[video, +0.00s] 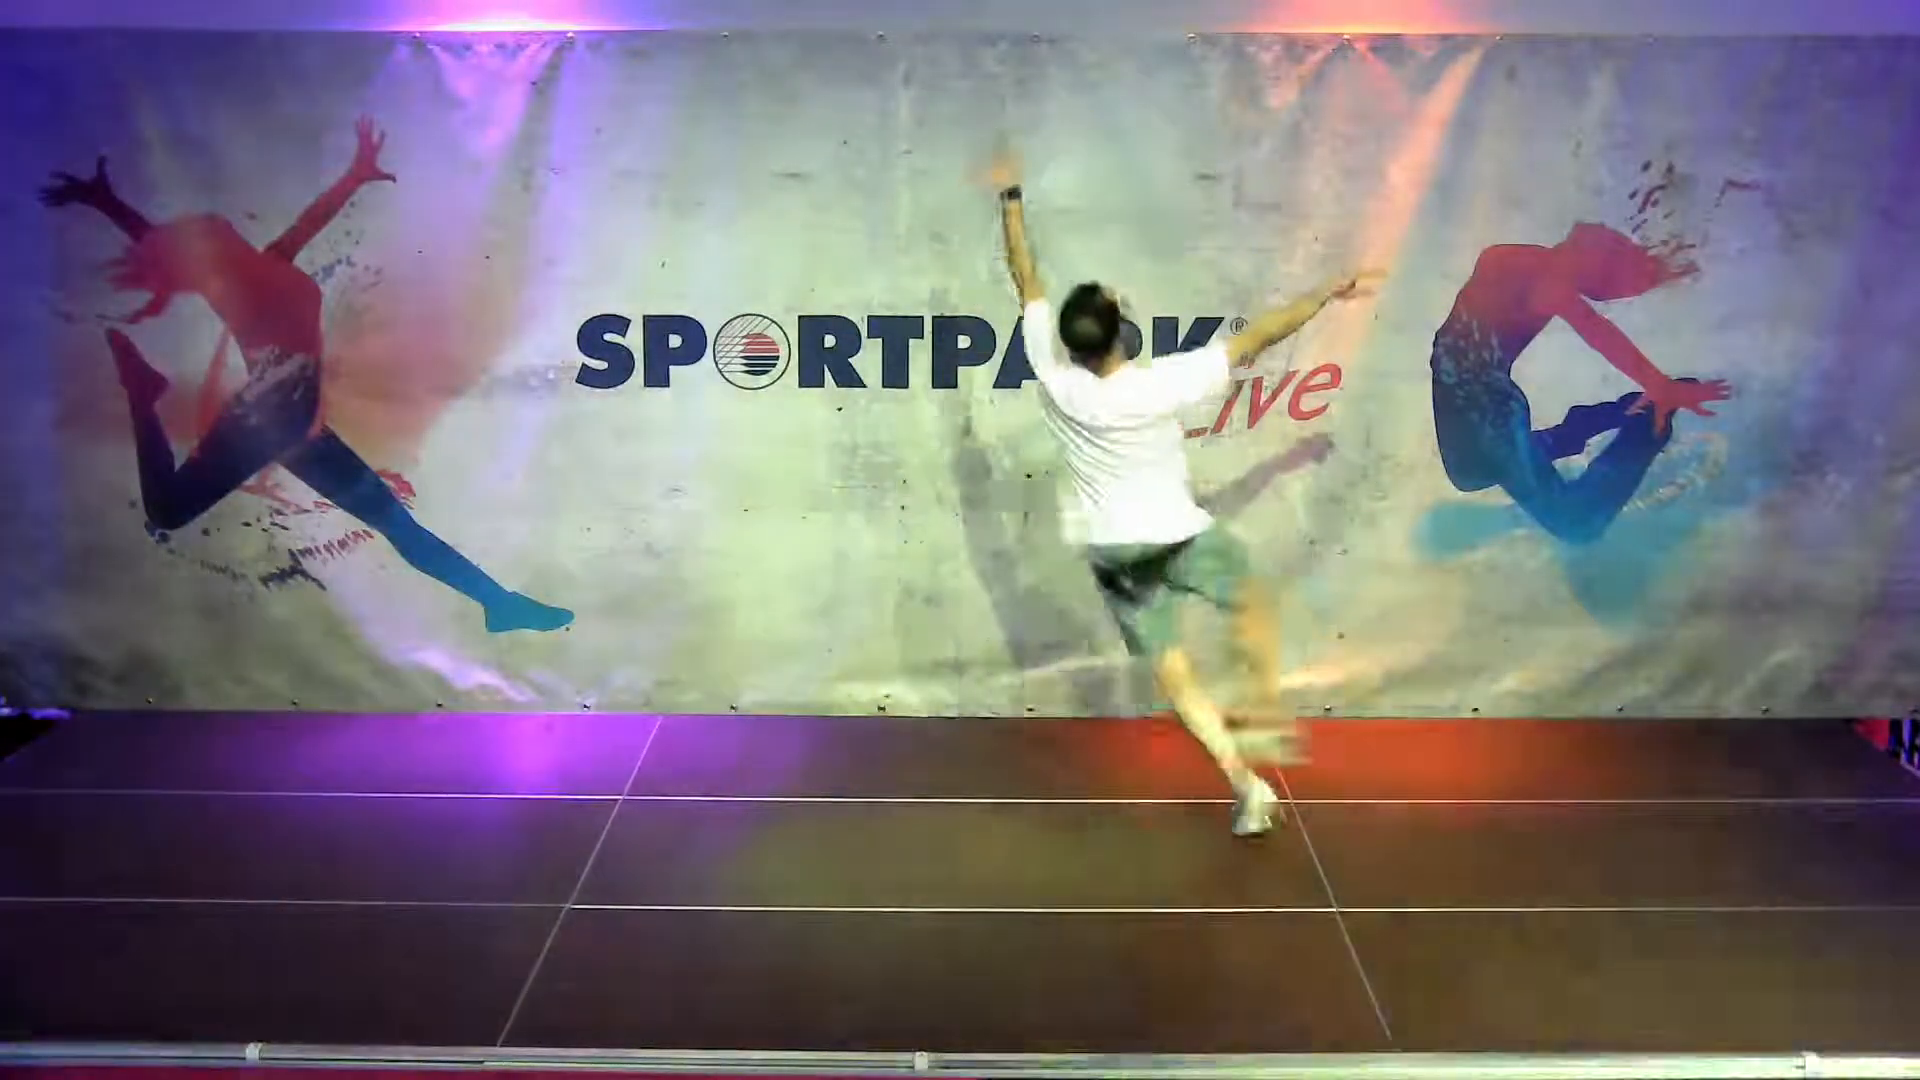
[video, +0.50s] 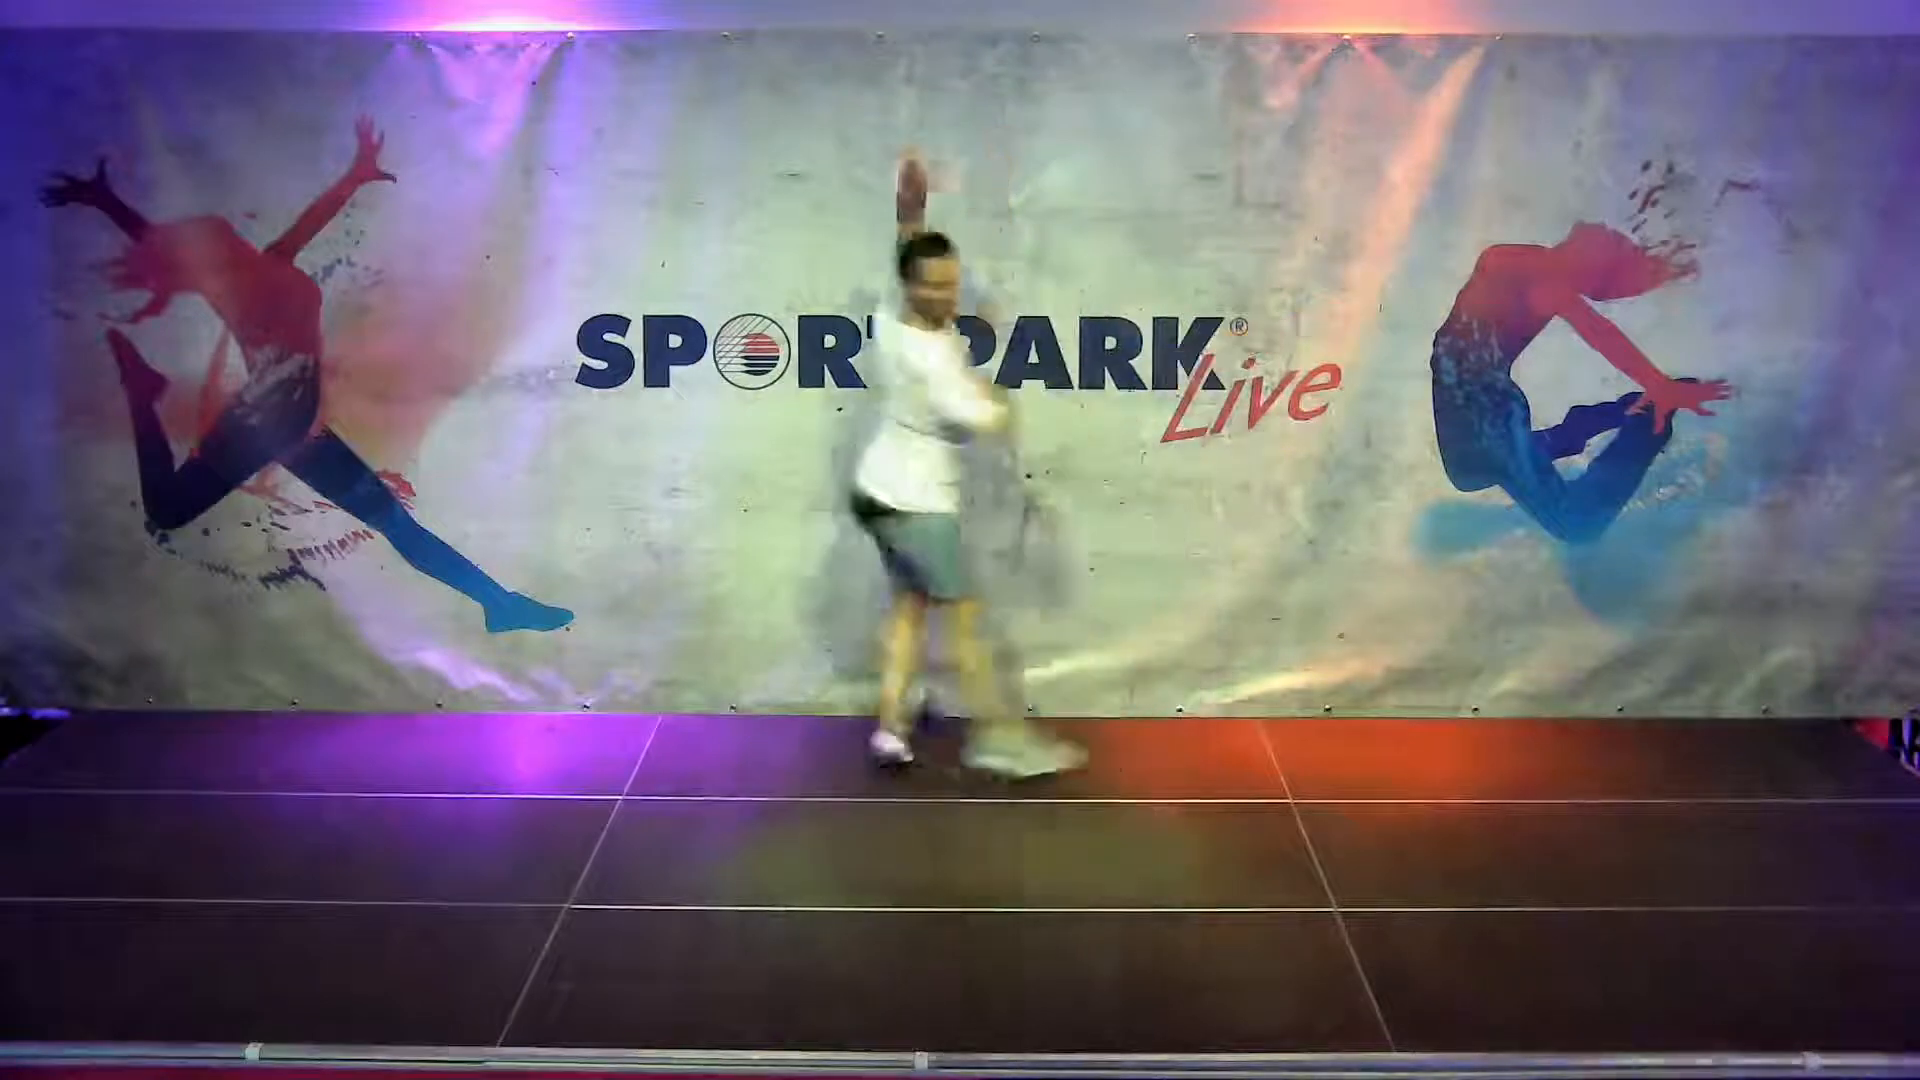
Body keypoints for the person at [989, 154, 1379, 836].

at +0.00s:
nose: (1123, 328)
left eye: (1099, 326)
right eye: (1121, 323)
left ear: (1070, 340)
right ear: (1121, 334)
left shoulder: (1056, 380)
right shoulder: (1159, 383)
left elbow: (1025, 282)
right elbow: (1249, 341)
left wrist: (1010, 198)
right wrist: (1324, 295)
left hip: (1108, 546)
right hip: (1173, 528)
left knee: (1171, 674)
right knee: (1251, 599)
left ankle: (1247, 786)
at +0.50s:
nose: (945, 295)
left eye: (950, 284)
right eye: (934, 286)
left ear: (955, 281)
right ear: (910, 286)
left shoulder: (898, 325)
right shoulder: (929, 354)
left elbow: (916, 266)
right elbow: (981, 415)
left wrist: (911, 212)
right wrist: (996, 403)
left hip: (885, 485)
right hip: (919, 494)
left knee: (910, 606)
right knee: (963, 606)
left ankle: (891, 729)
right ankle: (993, 732)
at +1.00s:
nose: (687, 316)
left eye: (700, 307)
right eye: (681, 305)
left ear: (724, 313)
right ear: (672, 308)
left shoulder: (750, 375)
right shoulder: (646, 372)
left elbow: (817, 413)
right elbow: (571, 408)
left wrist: (879, 438)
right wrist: (494, 437)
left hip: (730, 536)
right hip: (662, 533)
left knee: (714, 652)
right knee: (625, 645)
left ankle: (740, 741)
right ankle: (650, 752)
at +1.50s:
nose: (607, 332)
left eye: (622, 325)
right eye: (606, 319)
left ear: (652, 338)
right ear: (603, 322)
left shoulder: (630, 404)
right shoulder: (611, 387)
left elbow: (602, 472)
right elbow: (574, 402)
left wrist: (507, 483)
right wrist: (513, 394)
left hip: (605, 568)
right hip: (571, 555)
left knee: (527, 681)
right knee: (492, 623)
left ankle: (556, 824)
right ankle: (575, 723)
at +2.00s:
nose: (744, 289)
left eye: (742, 277)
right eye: (737, 278)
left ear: (702, 287)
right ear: (713, 286)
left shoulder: (712, 349)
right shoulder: (677, 369)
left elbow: (728, 290)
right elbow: (650, 469)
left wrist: (745, 239)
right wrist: (658, 557)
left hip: (704, 528)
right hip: (648, 533)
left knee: (737, 632)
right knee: (619, 649)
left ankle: (709, 748)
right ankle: (580, 761)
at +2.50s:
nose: (954, 317)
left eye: (941, 307)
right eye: (959, 308)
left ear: (916, 313)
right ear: (963, 314)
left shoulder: (878, 376)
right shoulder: (988, 387)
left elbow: (793, 394)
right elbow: (1068, 416)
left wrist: (730, 379)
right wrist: (1119, 425)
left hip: (870, 549)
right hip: (944, 557)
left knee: (814, 640)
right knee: (999, 640)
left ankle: (749, 757)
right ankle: (1000, 767)